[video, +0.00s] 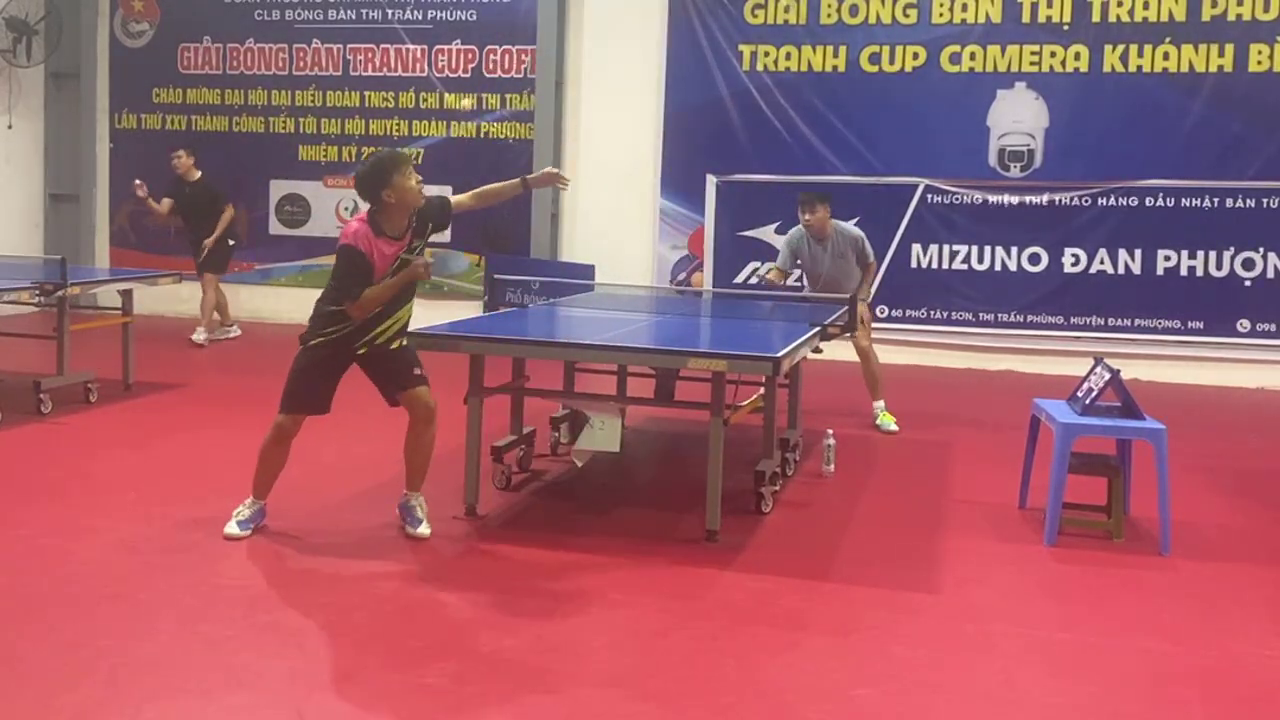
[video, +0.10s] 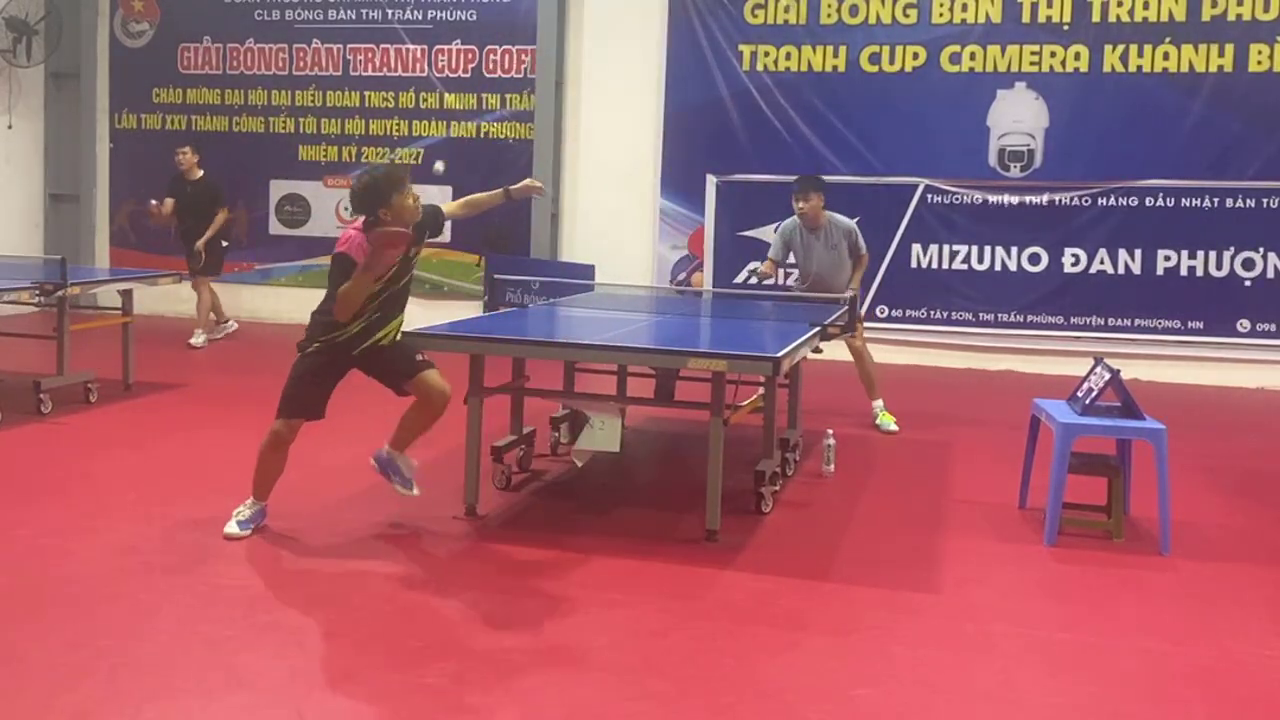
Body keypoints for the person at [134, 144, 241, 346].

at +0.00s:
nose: (175, 162)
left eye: (179, 158)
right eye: (173, 159)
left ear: (192, 160)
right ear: (172, 163)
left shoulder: (207, 184)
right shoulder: (177, 186)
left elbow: (229, 211)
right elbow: (162, 211)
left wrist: (214, 237)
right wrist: (146, 198)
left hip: (219, 238)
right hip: (198, 240)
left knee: (208, 281)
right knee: (209, 284)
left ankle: (203, 328)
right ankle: (228, 325)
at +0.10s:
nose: (179, 158)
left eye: (184, 154)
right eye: (177, 155)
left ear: (196, 157)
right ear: (175, 159)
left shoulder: (210, 183)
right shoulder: (177, 182)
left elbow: (222, 214)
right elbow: (167, 211)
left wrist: (203, 240)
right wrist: (157, 211)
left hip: (210, 237)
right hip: (189, 238)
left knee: (201, 282)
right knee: (199, 283)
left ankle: (200, 330)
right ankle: (223, 320)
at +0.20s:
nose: (182, 155)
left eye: (187, 151)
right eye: (180, 151)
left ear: (198, 155)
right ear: (176, 155)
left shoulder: (209, 182)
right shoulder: (175, 181)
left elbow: (215, 214)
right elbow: (169, 207)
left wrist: (190, 232)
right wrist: (169, 231)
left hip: (205, 239)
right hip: (184, 239)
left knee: (200, 284)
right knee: (183, 283)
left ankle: (201, 329)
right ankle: (210, 312)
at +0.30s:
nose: (181, 152)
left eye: (186, 148)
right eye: (179, 148)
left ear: (197, 152)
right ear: (176, 152)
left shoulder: (207, 177)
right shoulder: (174, 177)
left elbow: (206, 209)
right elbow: (167, 209)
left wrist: (178, 210)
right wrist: (165, 241)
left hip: (201, 239)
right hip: (179, 238)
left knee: (199, 284)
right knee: (172, 282)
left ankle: (200, 329)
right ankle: (194, 314)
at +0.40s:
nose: (177, 150)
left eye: (182, 147)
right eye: (175, 147)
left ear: (193, 151)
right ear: (172, 151)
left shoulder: (203, 176)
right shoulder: (170, 177)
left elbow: (201, 203)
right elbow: (159, 207)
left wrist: (178, 192)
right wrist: (153, 235)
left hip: (196, 239)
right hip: (171, 237)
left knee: (197, 285)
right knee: (165, 283)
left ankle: (200, 331)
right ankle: (174, 327)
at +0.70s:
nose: (155, 152)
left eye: (160, 148)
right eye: (153, 148)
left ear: (171, 153)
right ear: (150, 152)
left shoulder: (180, 179)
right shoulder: (147, 180)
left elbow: (187, 210)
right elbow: (134, 210)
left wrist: (161, 206)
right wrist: (125, 230)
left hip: (175, 243)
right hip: (148, 243)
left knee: (178, 289)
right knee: (143, 290)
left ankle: (196, 325)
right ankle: (142, 337)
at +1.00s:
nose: (140, 148)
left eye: (145, 144)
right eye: (137, 144)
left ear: (157, 149)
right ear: (134, 148)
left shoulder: (168, 178)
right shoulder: (127, 177)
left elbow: (184, 210)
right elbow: (116, 204)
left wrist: (165, 225)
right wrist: (106, 227)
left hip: (159, 245)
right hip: (131, 245)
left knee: (163, 289)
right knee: (135, 292)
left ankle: (169, 339)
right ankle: (141, 338)